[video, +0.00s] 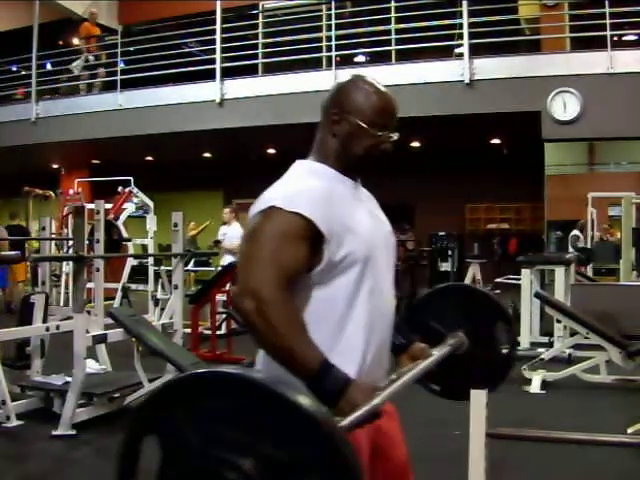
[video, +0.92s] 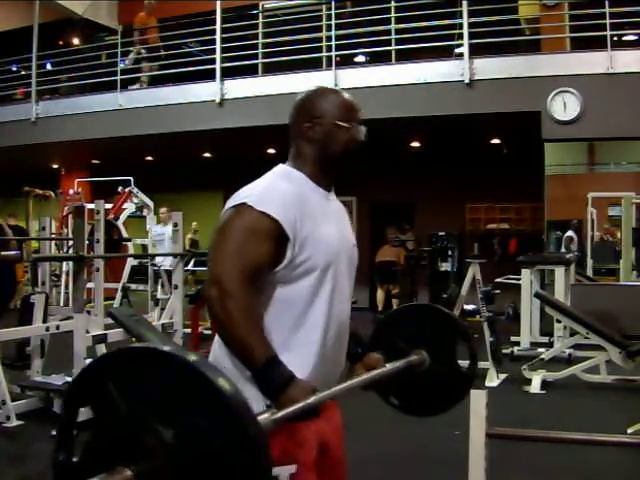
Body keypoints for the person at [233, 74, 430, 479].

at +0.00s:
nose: (386, 142)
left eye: (389, 132)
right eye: (375, 129)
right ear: (335, 121)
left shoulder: (361, 200)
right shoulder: (304, 191)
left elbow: (352, 298)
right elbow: (256, 295)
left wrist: (402, 344)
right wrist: (335, 386)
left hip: (373, 414)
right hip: (312, 426)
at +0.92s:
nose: (359, 137)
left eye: (359, 126)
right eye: (348, 125)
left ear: (314, 130)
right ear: (310, 128)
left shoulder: (332, 208)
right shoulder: (271, 198)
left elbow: (316, 305)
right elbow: (224, 291)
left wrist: (357, 354)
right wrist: (280, 382)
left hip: (321, 409)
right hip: (267, 416)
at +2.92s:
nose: (348, 125)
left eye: (341, 118)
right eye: (330, 120)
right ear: (299, 140)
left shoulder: (337, 215)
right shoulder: (267, 214)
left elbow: (329, 309)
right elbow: (236, 324)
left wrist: (342, 385)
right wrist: (256, 430)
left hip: (285, 402)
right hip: (227, 412)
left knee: (300, 472)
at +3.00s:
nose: (365, 136)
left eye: (359, 127)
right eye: (348, 130)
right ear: (314, 150)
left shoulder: (346, 220)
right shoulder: (276, 223)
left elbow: (330, 315)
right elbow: (237, 328)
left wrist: (340, 389)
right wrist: (254, 434)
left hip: (284, 403)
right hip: (223, 409)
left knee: (294, 473)